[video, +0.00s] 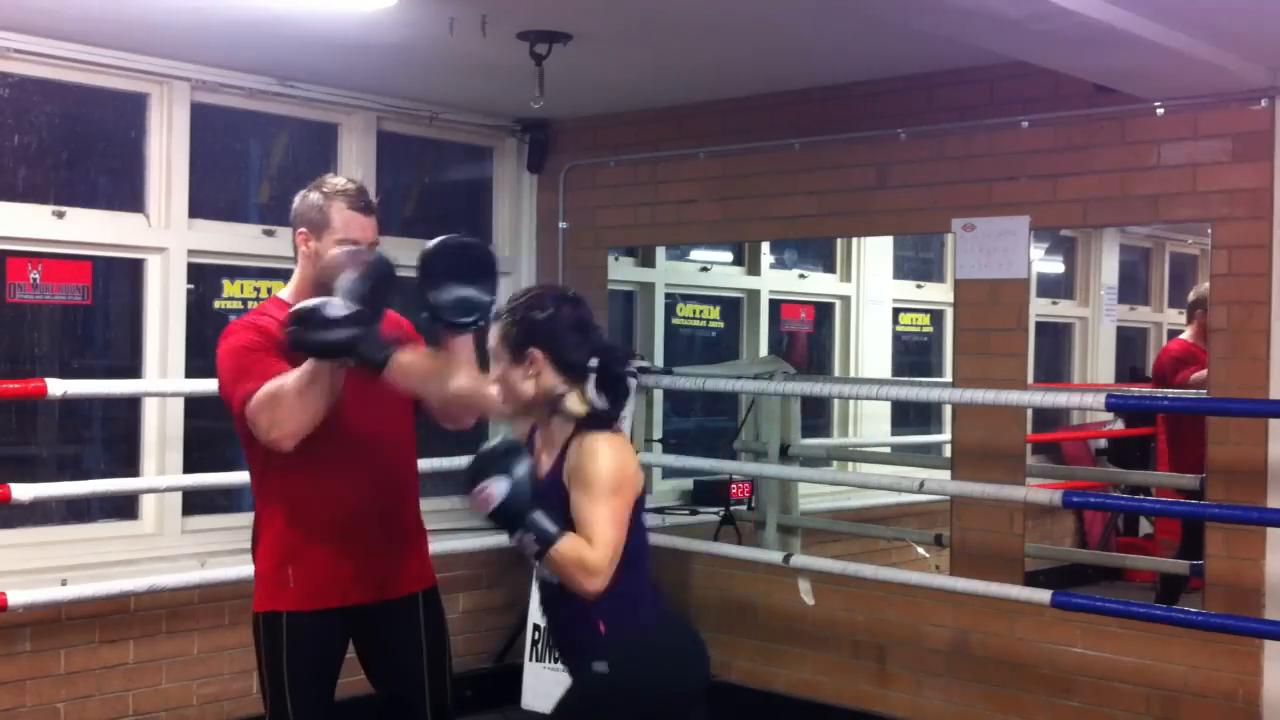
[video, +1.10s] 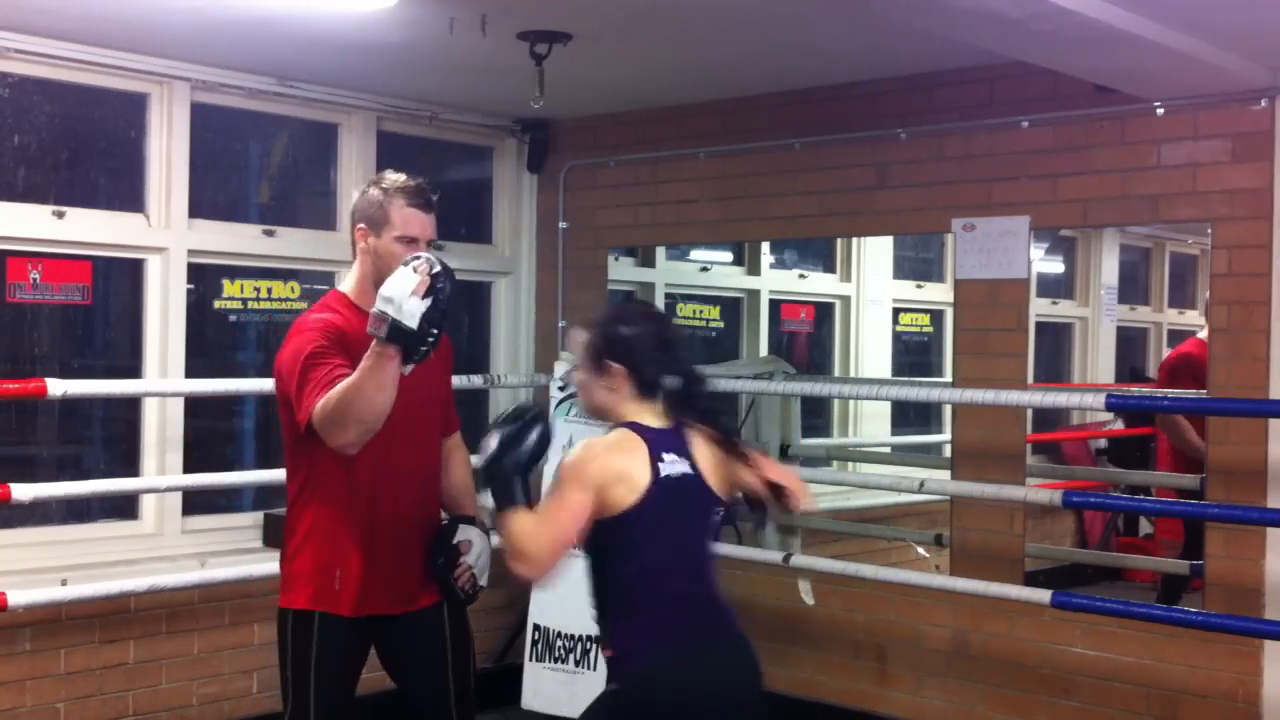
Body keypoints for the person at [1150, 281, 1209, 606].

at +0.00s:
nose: (1219, 320)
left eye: (1218, 313)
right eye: (1215, 313)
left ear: (1201, 314)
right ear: (1201, 313)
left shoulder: (1209, 353)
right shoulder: (1174, 353)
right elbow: (1183, 382)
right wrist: (1222, 367)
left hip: (1212, 461)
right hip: (1189, 463)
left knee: (1203, 538)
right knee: (1192, 538)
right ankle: (1164, 607)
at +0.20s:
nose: (1215, 317)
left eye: (1214, 310)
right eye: (1210, 310)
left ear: (1196, 312)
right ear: (1195, 312)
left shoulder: (1208, 352)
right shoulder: (1175, 354)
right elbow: (1169, 408)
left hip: (1208, 462)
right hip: (1187, 465)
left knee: (1200, 538)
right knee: (1191, 538)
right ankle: (1165, 607)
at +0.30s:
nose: (1221, 316)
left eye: (1219, 309)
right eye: (1215, 310)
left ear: (1199, 312)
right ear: (1199, 312)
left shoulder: (1209, 352)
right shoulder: (1180, 354)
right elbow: (1166, 412)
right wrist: (1209, 420)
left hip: (1205, 466)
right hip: (1187, 468)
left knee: (1198, 541)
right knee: (1190, 542)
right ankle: (1163, 610)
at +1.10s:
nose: (1233, 316)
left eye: (1233, 308)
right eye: (1227, 307)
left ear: (1209, 312)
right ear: (1212, 313)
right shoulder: (1188, 357)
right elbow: (1168, 414)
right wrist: (1206, 455)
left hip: (1210, 472)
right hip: (1190, 473)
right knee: (1189, 546)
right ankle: (1164, 612)